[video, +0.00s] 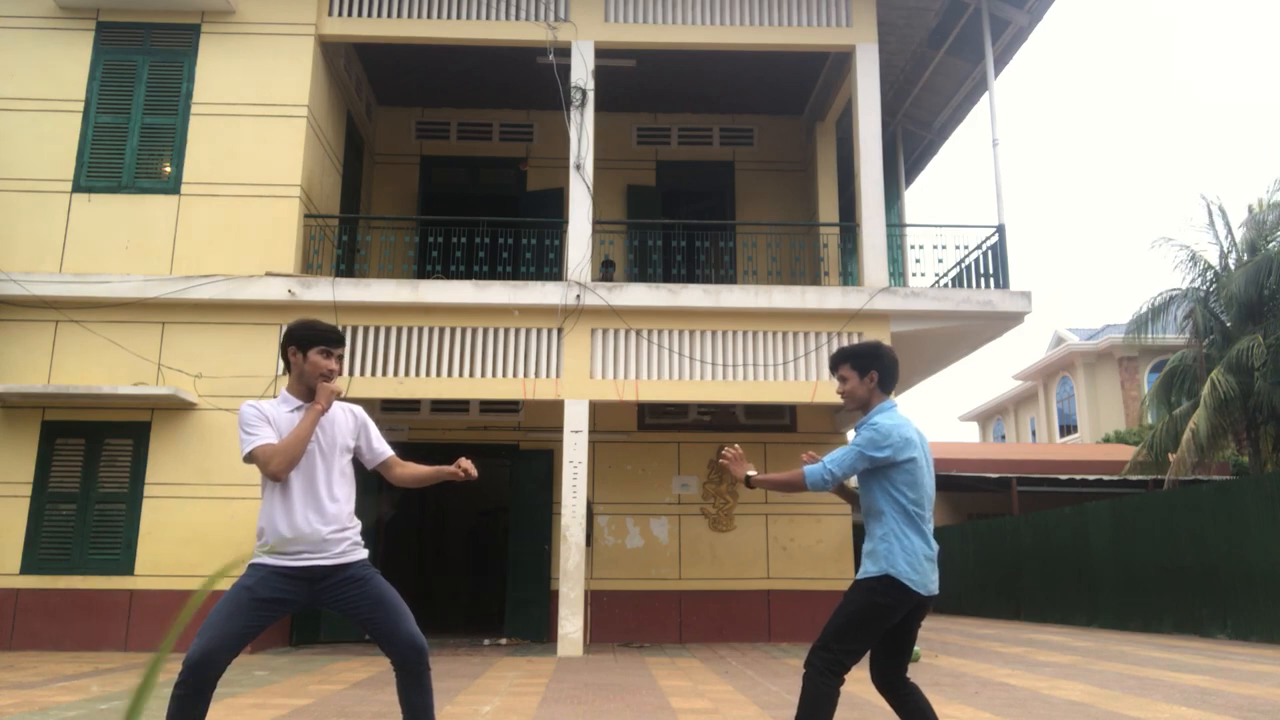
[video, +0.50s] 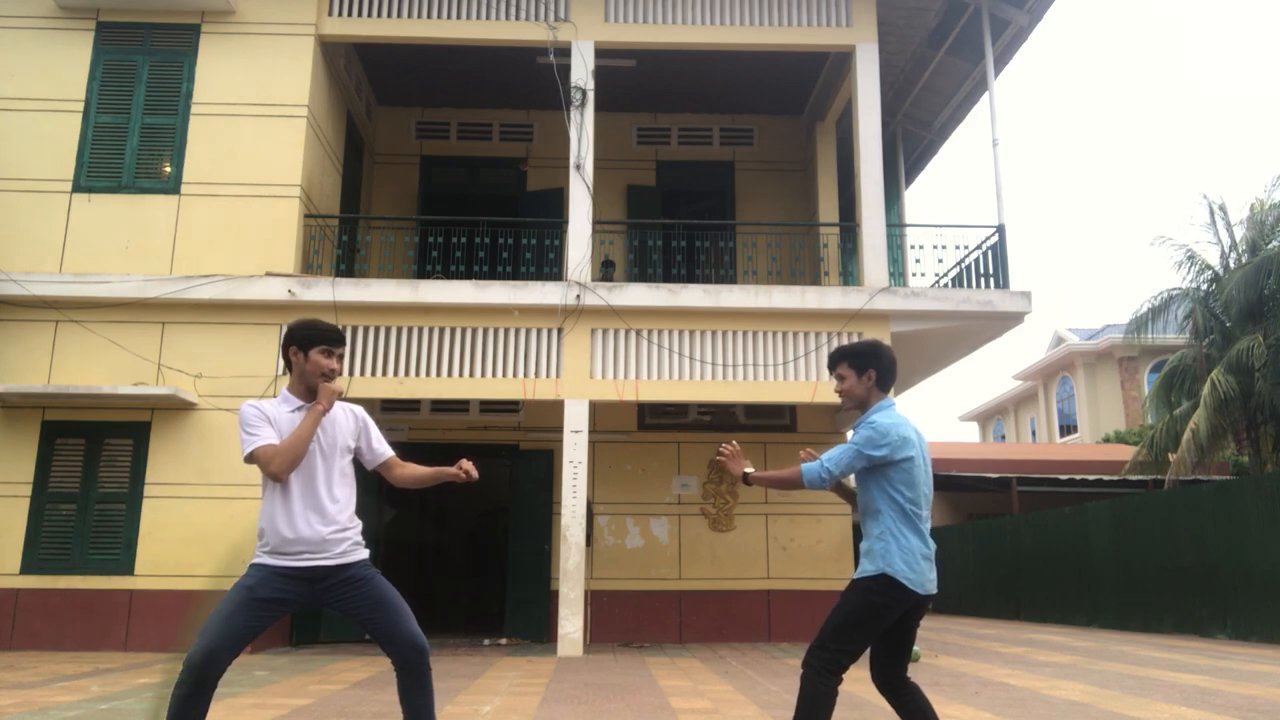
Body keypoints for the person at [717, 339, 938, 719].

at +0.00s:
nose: (838, 389)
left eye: (844, 379)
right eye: (837, 381)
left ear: (871, 379)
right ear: (871, 381)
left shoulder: (882, 429)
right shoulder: (904, 430)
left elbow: (817, 475)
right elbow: (877, 506)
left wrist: (750, 477)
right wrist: (831, 479)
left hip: (889, 574)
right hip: (917, 576)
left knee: (823, 666)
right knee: (889, 677)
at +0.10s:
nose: (838, 388)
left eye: (843, 379)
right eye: (837, 380)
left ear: (871, 379)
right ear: (871, 381)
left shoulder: (882, 429)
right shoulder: (904, 429)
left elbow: (817, 475)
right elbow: (877, 506)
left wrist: (749, 476)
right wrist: (832, 480)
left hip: (889, 574)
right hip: (917, 576)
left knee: (823, 666)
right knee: (889, 677)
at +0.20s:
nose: (838, 388)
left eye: (843, 379)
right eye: (837, 380)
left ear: (871, 378)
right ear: (871, 381)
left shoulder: (882, 429)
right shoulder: (904, 429)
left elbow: (818, 475)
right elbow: (876, 507)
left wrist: (749, 476)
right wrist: (831, 479)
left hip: (889, 573)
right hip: (916, 576)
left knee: (823, 666)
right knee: (890, 676)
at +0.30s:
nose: (837, 388)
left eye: (843, 378)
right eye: (836, 380)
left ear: (871, 378)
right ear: (871, 381)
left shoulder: (882, 428)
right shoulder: (904, 429)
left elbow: (817, 474)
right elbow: (876, 507)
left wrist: (748, 475)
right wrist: (830, 479)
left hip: (888, 573)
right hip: (916, 576)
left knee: (822, 667)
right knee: (890, 677)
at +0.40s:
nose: (837, 388)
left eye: (843, 378)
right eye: (836, 380)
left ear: (870, 378)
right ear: (871, 381)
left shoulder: (881, 428)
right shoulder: (904, 429)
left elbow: (817, 474)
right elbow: (876, 507)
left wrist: (748, 475)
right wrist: (830, 479)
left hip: (888, 573)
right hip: (916, 576)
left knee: (821, 666)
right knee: (890, 676)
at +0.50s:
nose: (836, 387)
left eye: (842, 378)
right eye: (835, 379)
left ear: (870, 378)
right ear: (869, 380)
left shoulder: (881, 427)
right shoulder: (902, 429)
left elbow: (817, 473)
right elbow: (875, 508)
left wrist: (747, 475)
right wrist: (830, 479)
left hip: (888, 573)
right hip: (915, 575)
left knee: (821, 666)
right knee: (890, 677)